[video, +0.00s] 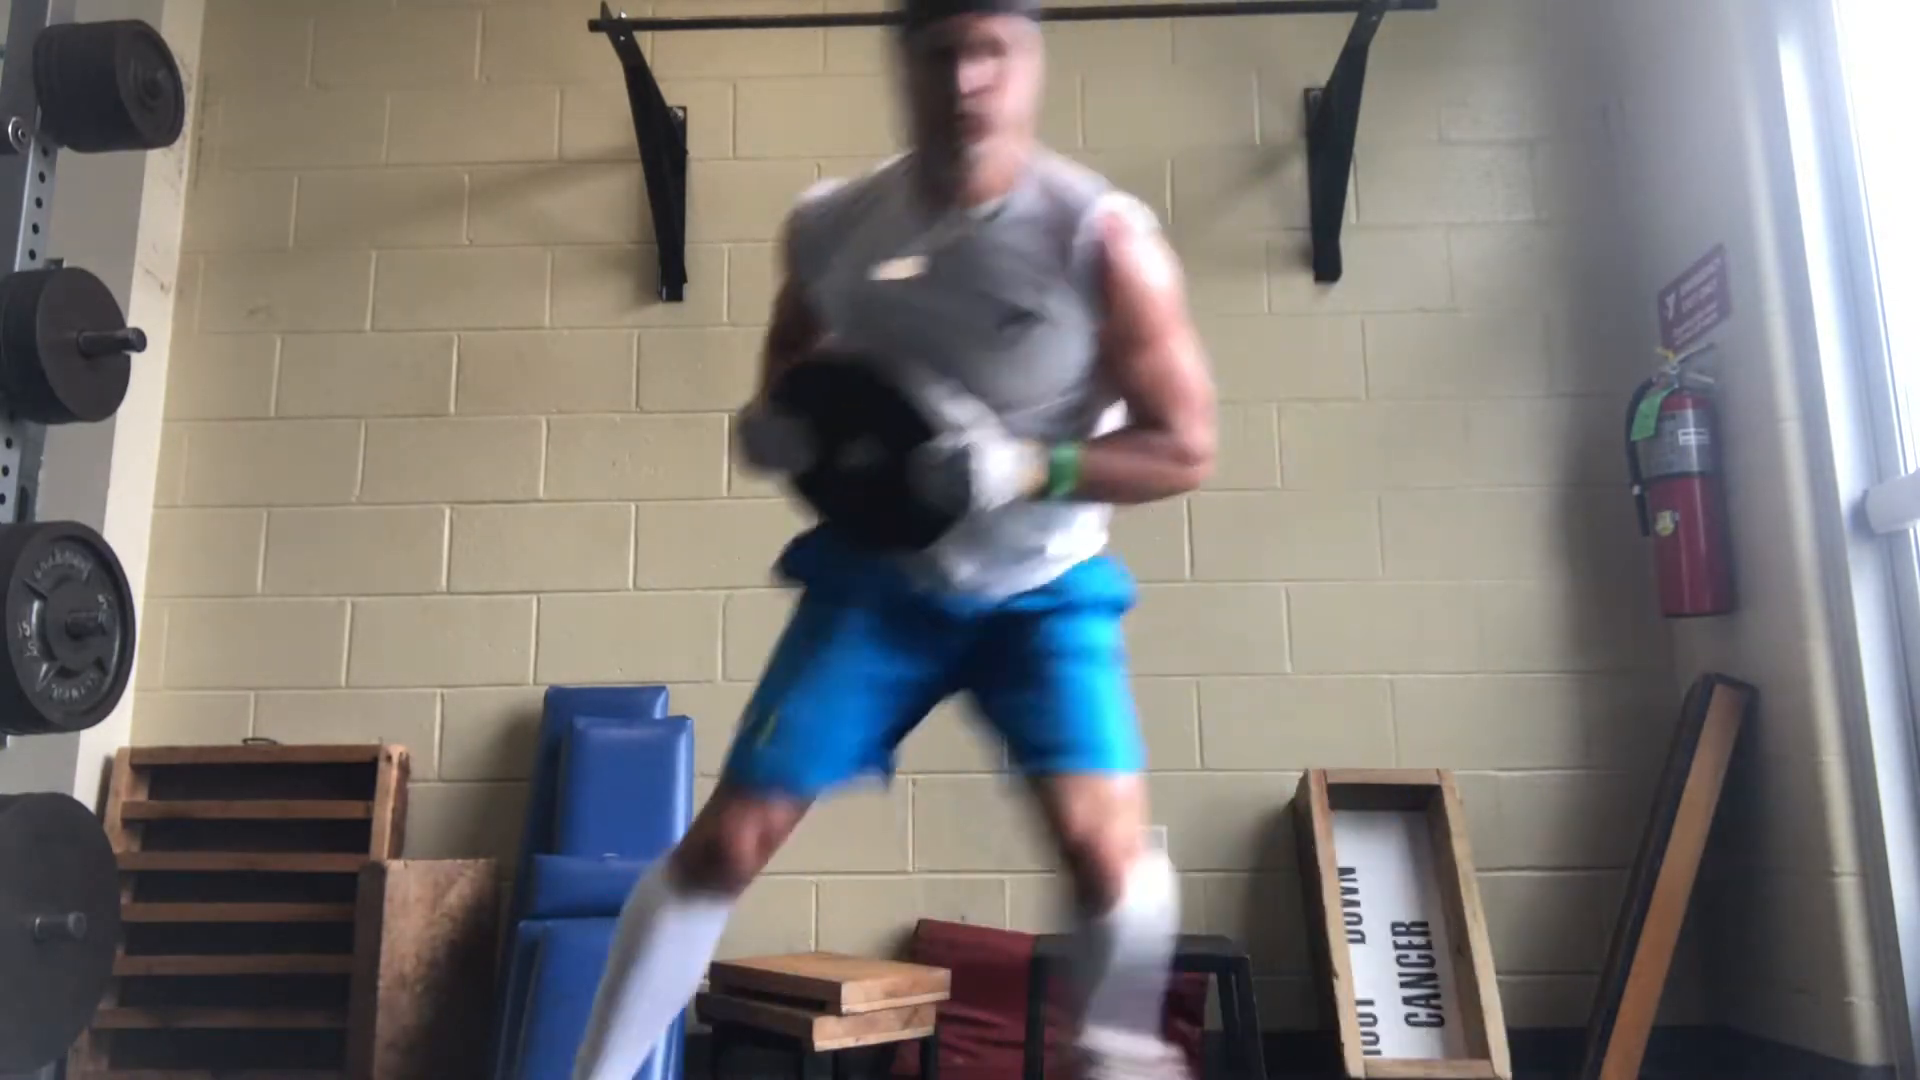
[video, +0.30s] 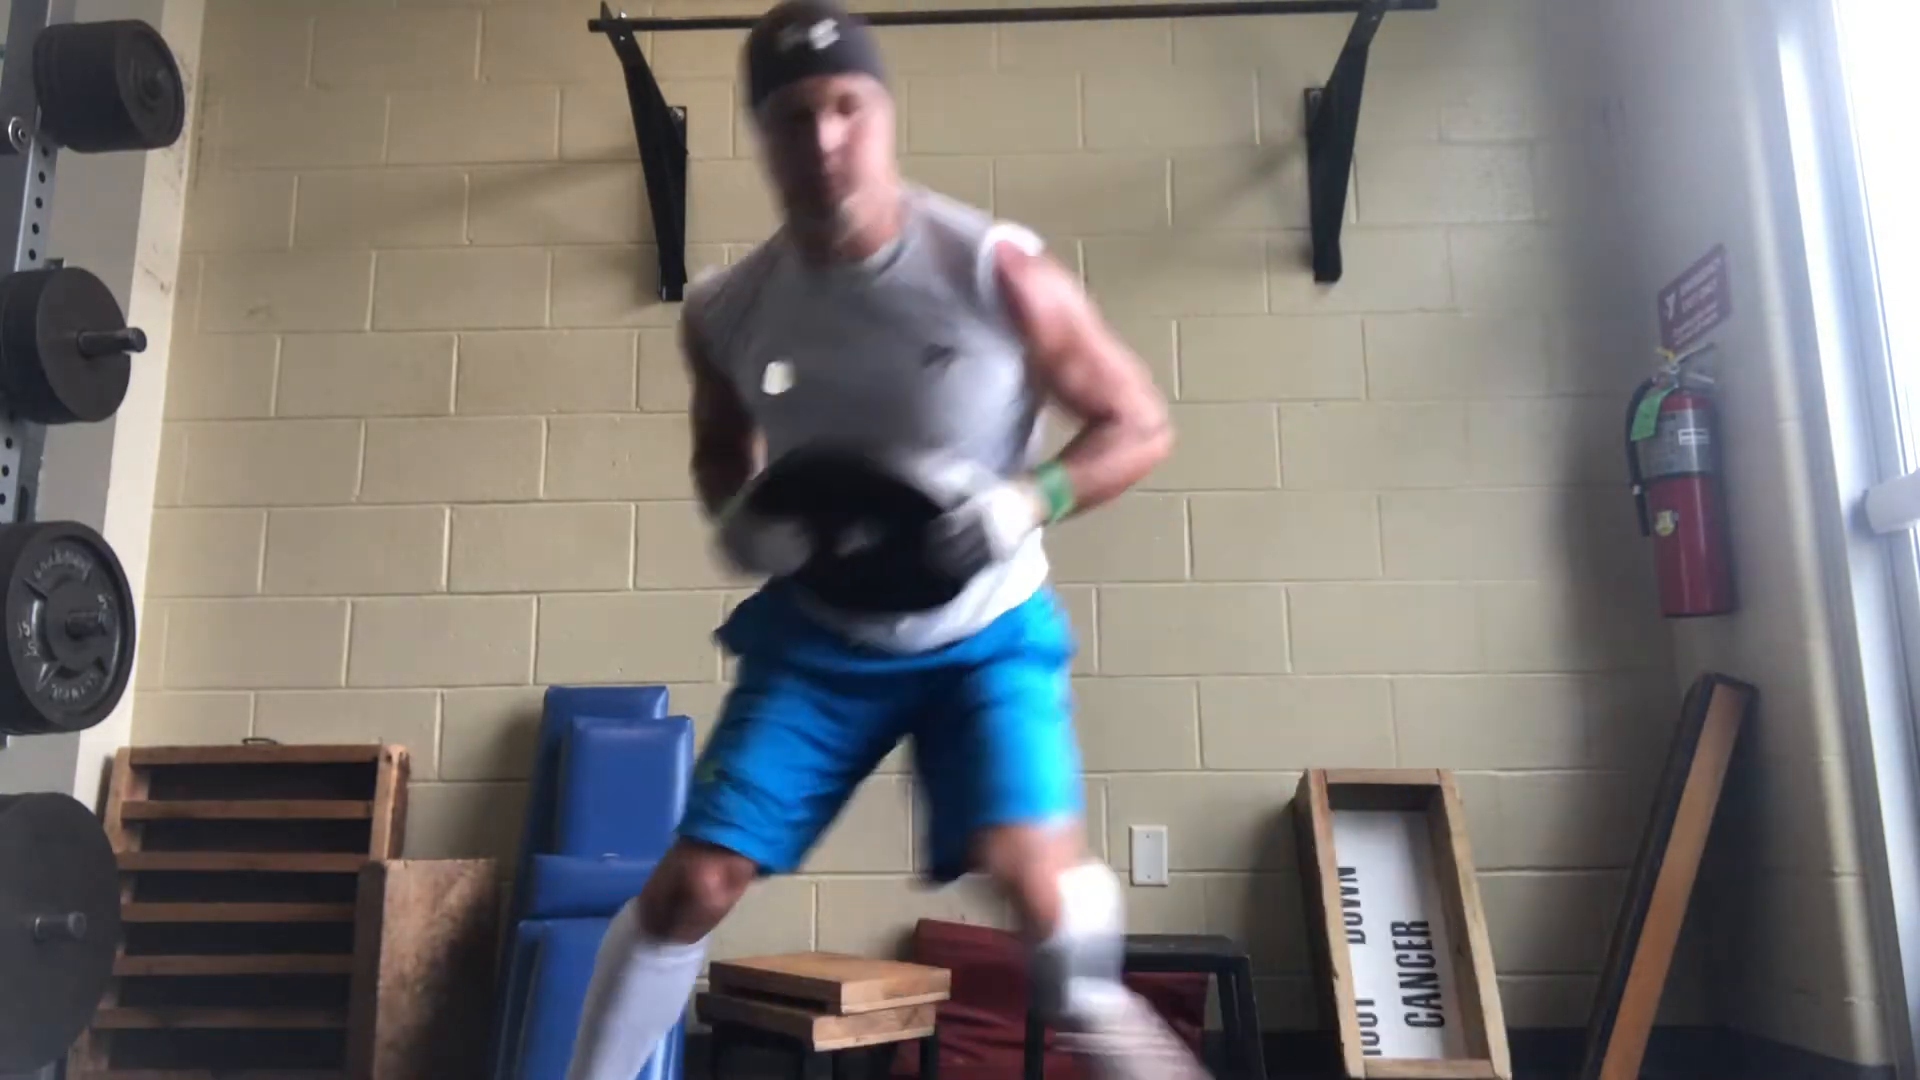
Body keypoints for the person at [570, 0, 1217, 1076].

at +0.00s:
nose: (967, 80)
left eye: (992, 53)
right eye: (940, 54)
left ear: (1032, 67)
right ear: (904, 70)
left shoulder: (1104, 235)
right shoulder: (829, 232)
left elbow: (1185, 448)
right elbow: (774, 410)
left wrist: (1025, 465)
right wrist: (783, 435)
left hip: (1047, 593)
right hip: (875, 583)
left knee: (1109, 854)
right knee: (730, 840)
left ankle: (1110, 1061)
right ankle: (598, 1076)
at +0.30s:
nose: (821, 142)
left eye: (845, 108)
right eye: (791, 116)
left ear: (887, 115)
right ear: (758, 138)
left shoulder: (998, 271)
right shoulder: (726, 315)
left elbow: (1141, 426)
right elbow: (722, 465)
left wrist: (1026, 500)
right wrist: (752, 527)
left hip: (992, 639)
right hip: (820, 645)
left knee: (1033, 871)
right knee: (693, 888)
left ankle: (1091, 1011)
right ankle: (598, 1072)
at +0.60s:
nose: (1165, 117)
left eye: (1190, 88)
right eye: (1136, 90)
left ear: (1229, 112)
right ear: (1092, 108)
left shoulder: (1287, 290)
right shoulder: (988, 273)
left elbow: (1353, 429)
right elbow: (924, 468)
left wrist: (1354, 501)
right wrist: (1060, 519)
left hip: (1223, 649)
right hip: (1038, 658)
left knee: (1347, 876)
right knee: (978, 921)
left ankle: (1466, 1073)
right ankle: (1019, 1036)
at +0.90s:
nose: (1081, 56)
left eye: (1108, 35)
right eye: (1055, 30)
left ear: (1140, 67)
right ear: (1010, 47)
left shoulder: (1185, 230)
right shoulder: (898, 213)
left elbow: (1269, 437)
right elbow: (835, 377)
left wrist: (1126, 451)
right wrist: (894, 431)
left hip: (1110, 604)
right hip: (921, 578)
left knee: (1257, 860)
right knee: (723, 735)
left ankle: (1422, 1072)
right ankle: (663, 962)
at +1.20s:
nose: (656, 147)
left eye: (684, 114)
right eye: (630, 121)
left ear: (739, 127)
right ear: (604, 149)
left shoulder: (843, 302)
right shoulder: (595, 324)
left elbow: (961, 520)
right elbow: (616, 471)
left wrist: (775, 572)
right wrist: (565, 553)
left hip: (847, 688)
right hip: (683, 672)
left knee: (741, 952)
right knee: (541, 896)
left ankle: (686, 1051)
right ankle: (445, 1073)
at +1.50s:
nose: (812, 91)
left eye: (833, 62)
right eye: (784, 70)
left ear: (882, 74)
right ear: (759, 97)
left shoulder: (985, 233)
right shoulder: (701, 271)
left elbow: (1139, 388)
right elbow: (681, 471)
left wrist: (1059, 443)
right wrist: (761, 447)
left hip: (968, 611)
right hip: (777, 636)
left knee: (1105, 806)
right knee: (618, 881)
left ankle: (1214, 985)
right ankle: (470, 1076)